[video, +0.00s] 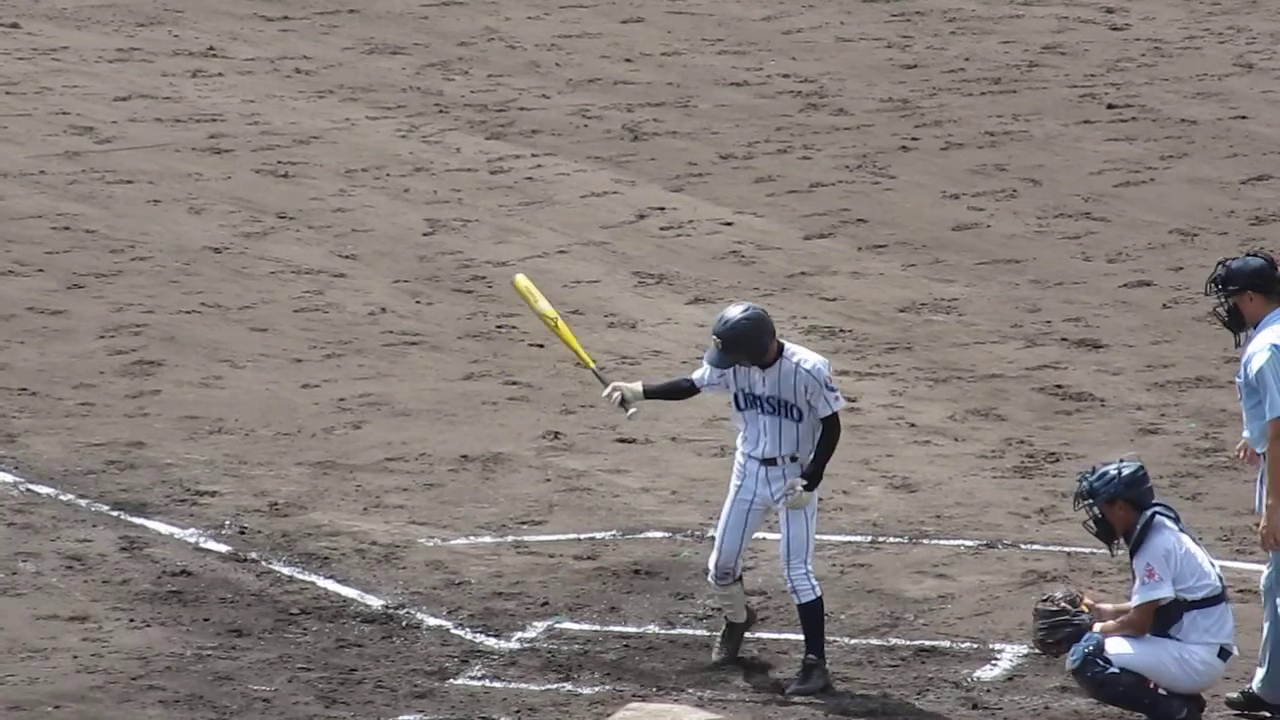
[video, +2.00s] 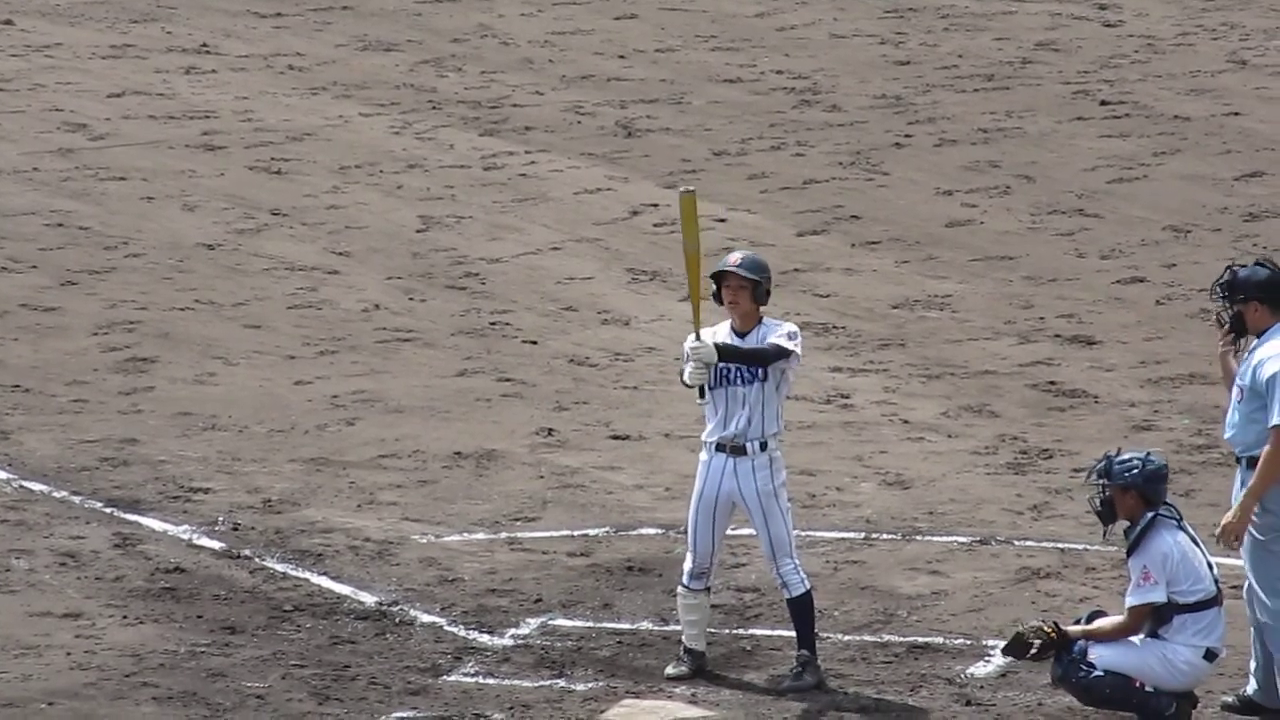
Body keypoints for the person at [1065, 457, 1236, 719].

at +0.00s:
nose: (1098, 518)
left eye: (1101, 509)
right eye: (1097, 510)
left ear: (1120, 507)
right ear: (1123, 507)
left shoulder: (1153, 542)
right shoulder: (1155, 529)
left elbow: (1140, 626)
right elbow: (1145, 609)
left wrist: (1094, 630)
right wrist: (1098, 610)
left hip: (1199, 659)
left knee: (1088, 657)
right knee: (1094, 640)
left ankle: (1173, 709)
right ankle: (1182, 698)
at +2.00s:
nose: (1105, 497)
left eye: (1111, 491)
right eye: (1106, 490)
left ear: (1132, 496)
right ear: (1135, 495)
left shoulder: (1153, 543)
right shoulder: (1164, 522)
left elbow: (1133, 624)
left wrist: (1071, 633)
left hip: (1184, 659)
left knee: (1072, 664)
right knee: (1091, 622)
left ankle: (1163, 706)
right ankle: (1173, 692)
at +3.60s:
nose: (1093, 479)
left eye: (1101, 473)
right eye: (1096, 472)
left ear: (1122, 479)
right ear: (1126, 480)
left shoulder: (1131, 520)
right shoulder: (1144, 513)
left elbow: (1120, 601)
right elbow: (1138, 593)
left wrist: (1082, 592)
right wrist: (1095, 584)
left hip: (1181, 638)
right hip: (1188, 633)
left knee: (1074, 644)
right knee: (1085, 631)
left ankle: (1154, 705)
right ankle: (1163, 692)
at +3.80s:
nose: (1091, 471)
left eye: (1097, 465)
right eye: (1093, 464)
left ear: (1119, 471)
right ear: (1123, 472)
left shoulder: (1131, 510)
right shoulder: (1141, 506)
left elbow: (1122, 591)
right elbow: (1132, 586)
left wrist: (1085, 586)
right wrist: (1093, 579)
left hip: (1185, 627)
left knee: (1082, 619)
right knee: (1068, 646)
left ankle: (1126, 708)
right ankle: (1156, 691)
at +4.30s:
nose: (1075, 500)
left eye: (1081, 493)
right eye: (1077, 492)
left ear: (1103, 497)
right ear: (1105, 498)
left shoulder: (1122, 539)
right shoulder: (1129, 529)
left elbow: (1106, 619)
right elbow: (1117, 609)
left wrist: (1065, 612)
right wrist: (1071, 595)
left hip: (1177, 652)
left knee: (1066, 647)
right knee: (1083, 639)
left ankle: (1099, 714)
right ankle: (1159, 703)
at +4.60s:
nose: (1061, 523)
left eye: (1067, 516)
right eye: (1062, 515)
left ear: (1088, 520)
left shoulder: (1102, 562)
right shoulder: (1125, 542)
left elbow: (1083, 639)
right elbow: (1113, 620)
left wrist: (1049, 634)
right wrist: (1070, 609)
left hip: (1155, 685)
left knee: (1040, 661)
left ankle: (1093, 714)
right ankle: (1145, 711)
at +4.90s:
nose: (1040, 538)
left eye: (1044, 530)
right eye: (1040, 530)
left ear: (1064, 531)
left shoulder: (1081, 574)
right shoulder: (1108, 548)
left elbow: (1061, 648)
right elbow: (1098, 626)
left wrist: (1031, 639)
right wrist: (1051, 609)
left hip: (1138, 694)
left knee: (1022, 671)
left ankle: (1090, 714)